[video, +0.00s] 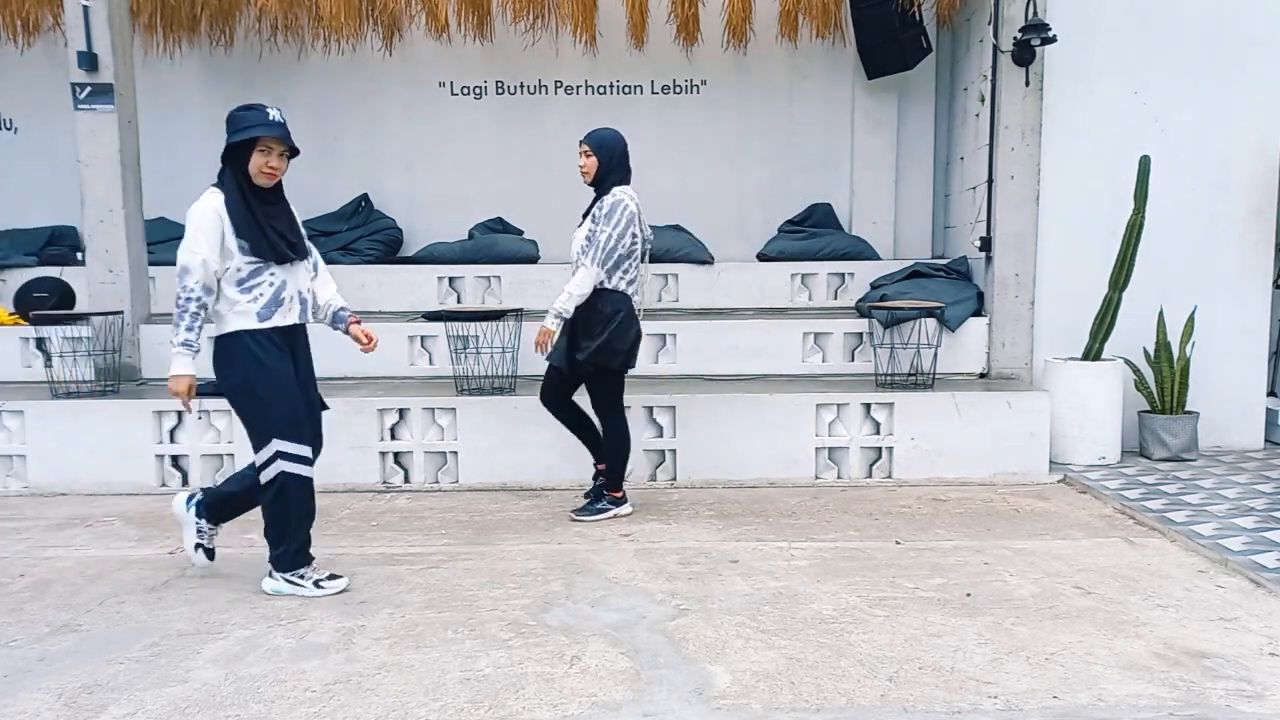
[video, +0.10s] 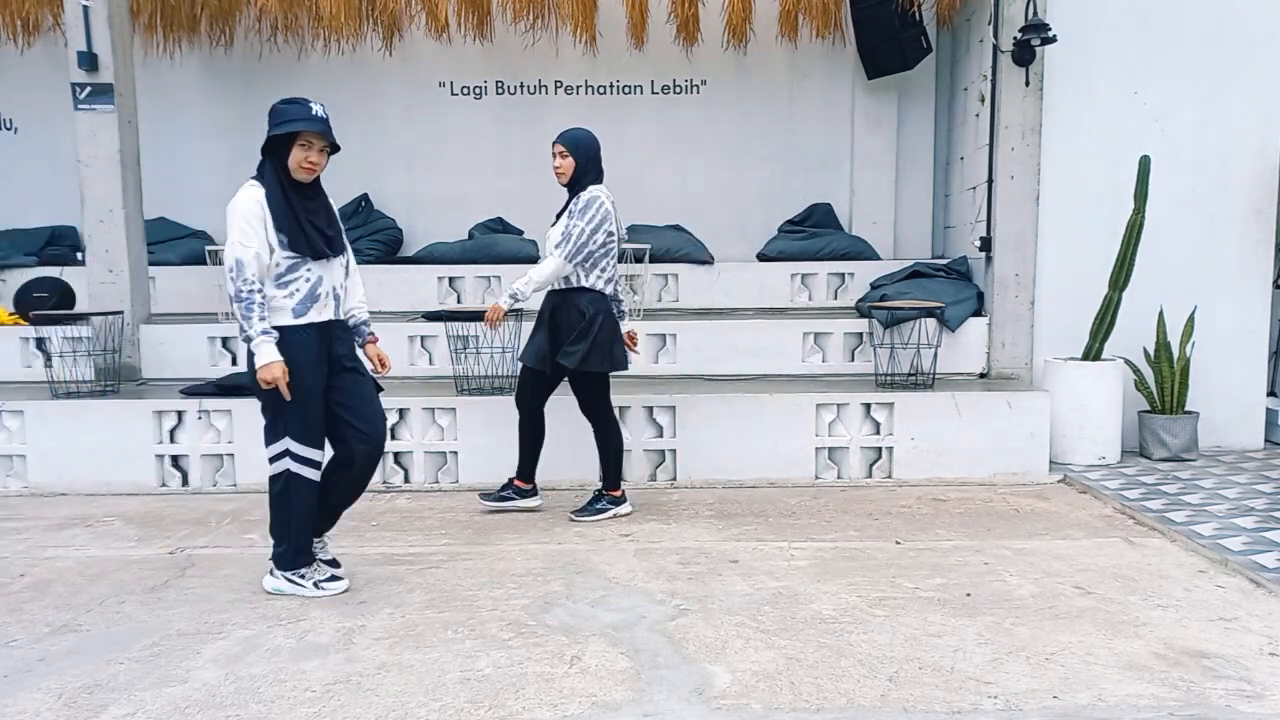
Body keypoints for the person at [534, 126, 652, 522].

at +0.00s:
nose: (581, 163)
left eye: (587, 155)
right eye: (580, 156)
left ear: (608, 157)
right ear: (592, 160)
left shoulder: (619, 201)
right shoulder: (606, 202)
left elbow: (592, 270)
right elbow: (593, 269)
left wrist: (553, 317)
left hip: (607, 314)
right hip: (592, 312)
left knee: (608, 403)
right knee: (553, 395)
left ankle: (615, 494)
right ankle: (606, 462)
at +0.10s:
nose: (557, 164)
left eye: (564, 156)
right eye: (555, 157)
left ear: (585, 158)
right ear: (558, 161)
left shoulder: (592, 200)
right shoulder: (584, 202)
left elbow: (559, 261)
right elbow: (608, 269)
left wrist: (507, 299)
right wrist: (622, 320)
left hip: (588, 313)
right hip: (561, 313)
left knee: (596, 406)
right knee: (529, 397)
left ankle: (613, 493)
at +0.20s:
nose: (529, 169)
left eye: (537, 161)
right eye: (527, 162)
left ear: (558, 163)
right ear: (529, 166)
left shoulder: (567, 204)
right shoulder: (553, 207)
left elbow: (533, 263)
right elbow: (581, 271)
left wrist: (478, 296)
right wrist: (601, 322)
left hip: (561, 318)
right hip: (535, 318)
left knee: (583, 409)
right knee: (507, 408)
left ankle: (612, 492)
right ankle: (468, 485)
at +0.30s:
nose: (503, 172)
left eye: (511, 164)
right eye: (500, 165)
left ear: (530, 167)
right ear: (498, 170)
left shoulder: (542, 209)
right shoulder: (516, 217)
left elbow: (516, 272)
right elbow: (506, 278)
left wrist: (466, 312)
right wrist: (475, 313)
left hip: (530, 322)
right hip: (500, 324)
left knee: (561, 411)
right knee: (474, 410)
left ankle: (608, 489)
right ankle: (453, 493)